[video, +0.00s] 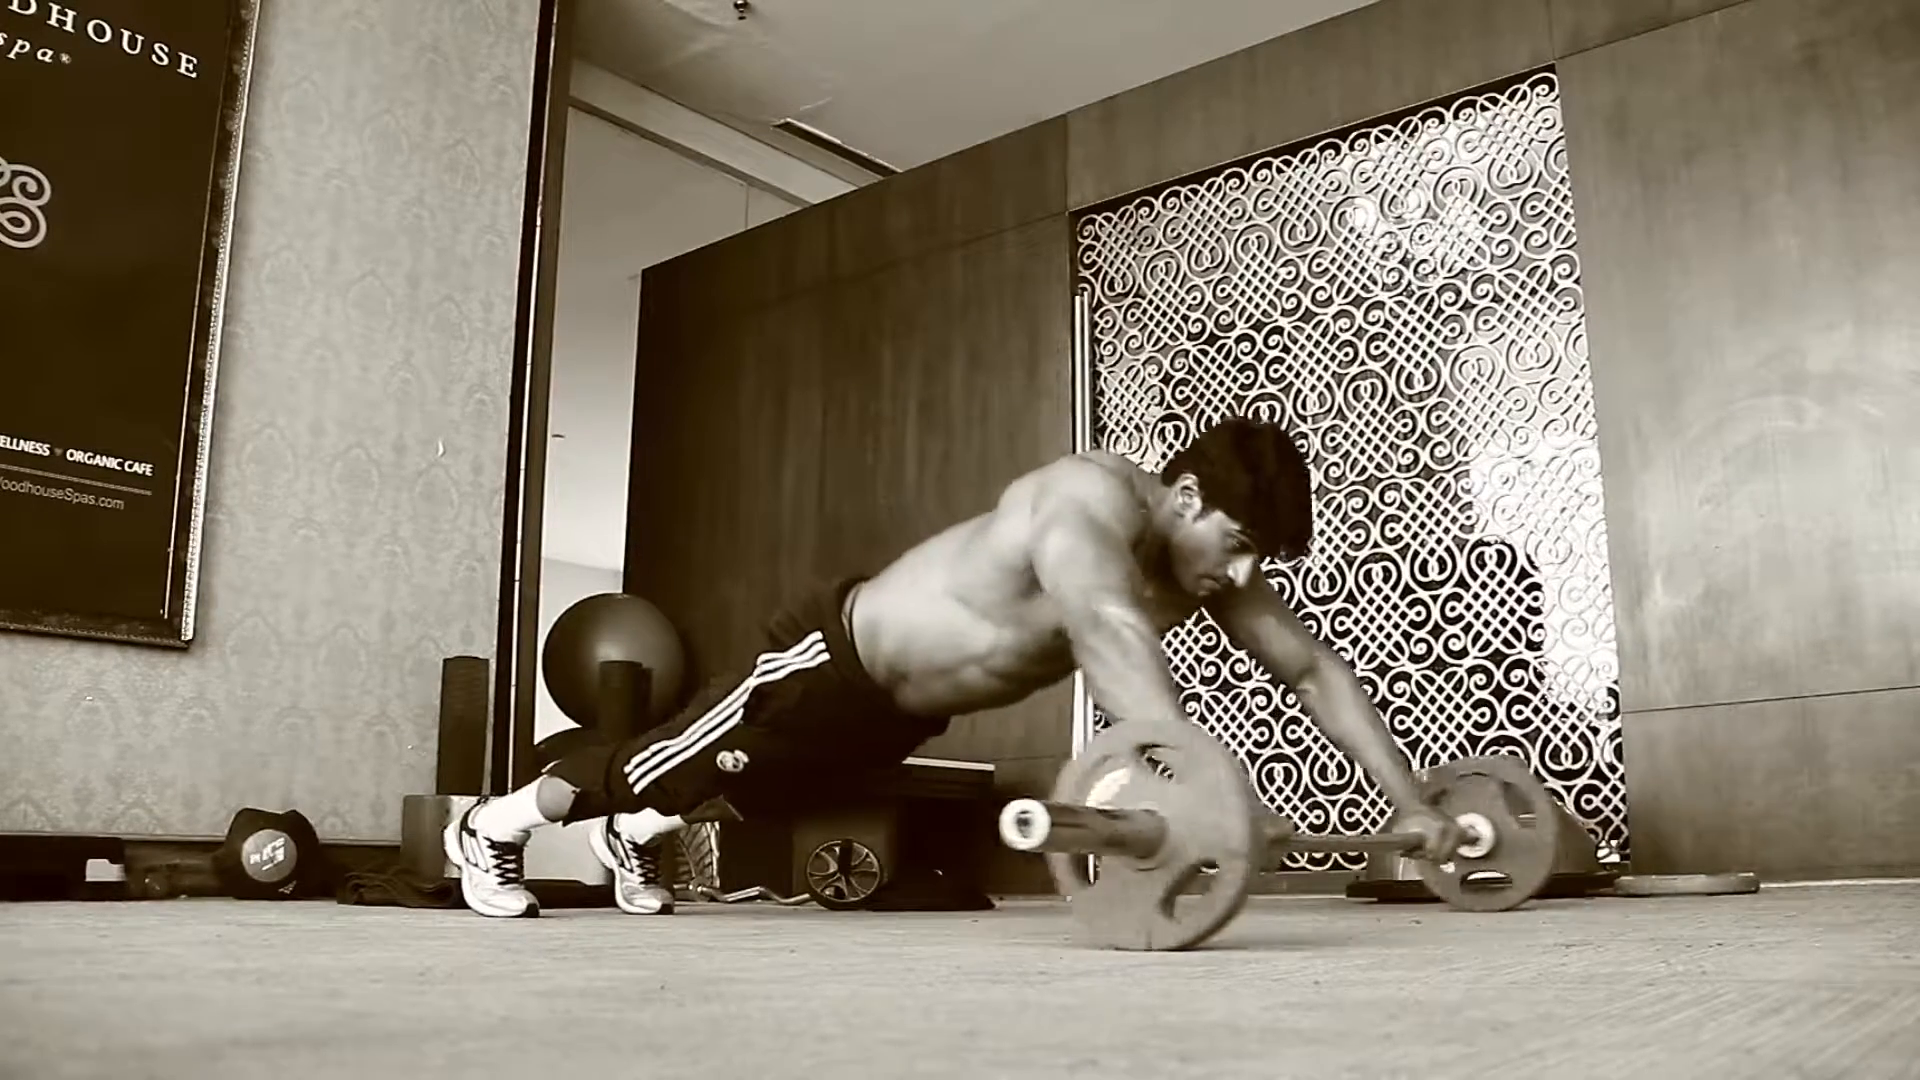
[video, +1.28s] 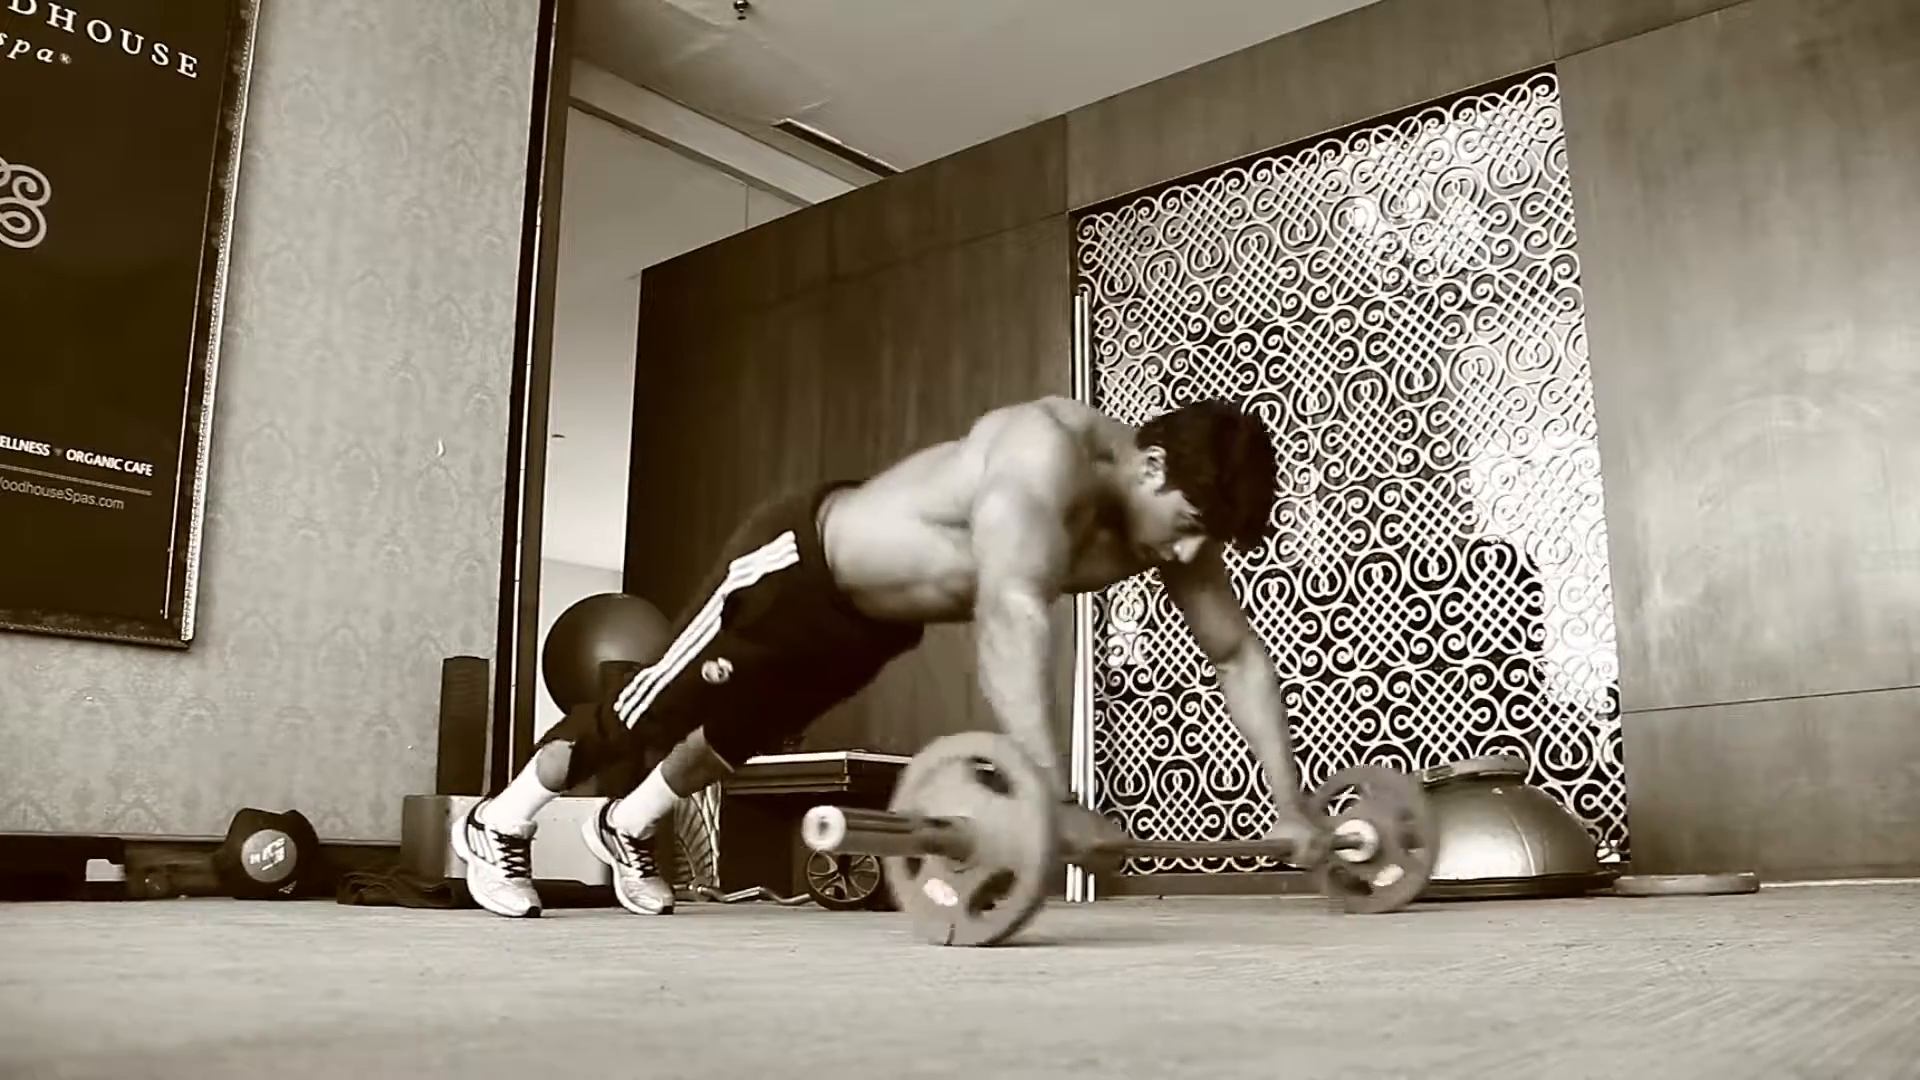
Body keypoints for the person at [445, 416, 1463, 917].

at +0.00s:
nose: (1237, 579)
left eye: (1252, 564)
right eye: (1240, 553)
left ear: (1228, 526)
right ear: (1200, 496)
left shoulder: (1183, 553)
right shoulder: (1090, 498)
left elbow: (1310, 668)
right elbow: (1105, 634)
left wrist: (1407, 791)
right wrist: (1193, 756)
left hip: (899, 712)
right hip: (839, 659)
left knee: (761, 800)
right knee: (668, 765)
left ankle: (628, 843)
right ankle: (495, 820)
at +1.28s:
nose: (1191, 550)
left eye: (1207, 537)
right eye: (1193, 526)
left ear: (1200, 499)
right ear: (1156, 466)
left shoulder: (1162, 524)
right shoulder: (1039, 454)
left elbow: (1238, 656)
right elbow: (1010, 618)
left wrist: (1293, 805)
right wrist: (1046, 796)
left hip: (871, 622)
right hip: (803, 568)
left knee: (737, 731)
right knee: (647, 706)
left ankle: (620, 829)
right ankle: (496, 822)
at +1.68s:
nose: (1100, 546)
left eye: (1116, 535)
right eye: (1102, 523)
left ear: (1081, 479)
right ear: (1064, 466)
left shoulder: (1062, 505)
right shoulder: (945, 460)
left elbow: (1116, 655)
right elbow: (892, 624)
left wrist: (1136, 813)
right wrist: (904, 801)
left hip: (820, 558)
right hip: (743, 501)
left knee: (705, 698)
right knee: (616, 673)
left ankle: (614, 834)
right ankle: (484, 826)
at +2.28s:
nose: (942, 574)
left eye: (958, 563)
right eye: (940, 551)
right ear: (908, 501)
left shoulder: (938, 507)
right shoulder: (796, 475)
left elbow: (972, 674)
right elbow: (744, 638)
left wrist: (986, 820)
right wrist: (738, 807)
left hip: (727, 507)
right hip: (648, 464)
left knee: (660, 686)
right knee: (559, 663)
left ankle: (613, 845)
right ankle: (473, 852)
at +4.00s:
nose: (1057, 541)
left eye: (1071, 529)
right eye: (1056, 519)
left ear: (1051, 501)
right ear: (1012, 472)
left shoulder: (1020, 525)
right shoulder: (896, 474)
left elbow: (1088, 670)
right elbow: (864, 638)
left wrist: (1138, 811)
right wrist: (890, 805)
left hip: (784, 562)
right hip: (708, 507)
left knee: (684, 709)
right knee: (596, 686)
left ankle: (596, 855)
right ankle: (471, 854)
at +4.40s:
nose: (1162, 537)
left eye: (1179, 524)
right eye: (1161, 512)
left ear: (1156, 495)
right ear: (1117, 464)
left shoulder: (1134, 535)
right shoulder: (1006, 477)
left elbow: (1224, 665)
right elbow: (1004, 628)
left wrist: (1298, 814)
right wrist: (1050, 793)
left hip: (852, 640)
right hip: (782, 585)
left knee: (725, 753)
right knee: (637, 728)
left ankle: (608, 843)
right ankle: (479, 840)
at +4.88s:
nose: (1246, 598)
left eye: (1262, 582)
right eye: (1249, 573)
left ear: (1249, 553)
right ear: (1213, 515)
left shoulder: (1198, 560)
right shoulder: (1104, 512)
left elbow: (1330, 674)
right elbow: (1125, 637)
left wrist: (1424, 786)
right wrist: (1205, 738)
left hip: (904, 707)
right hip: (849, 663)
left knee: (752, 785)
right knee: (671, 770)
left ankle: (627, 842)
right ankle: (505, 821)